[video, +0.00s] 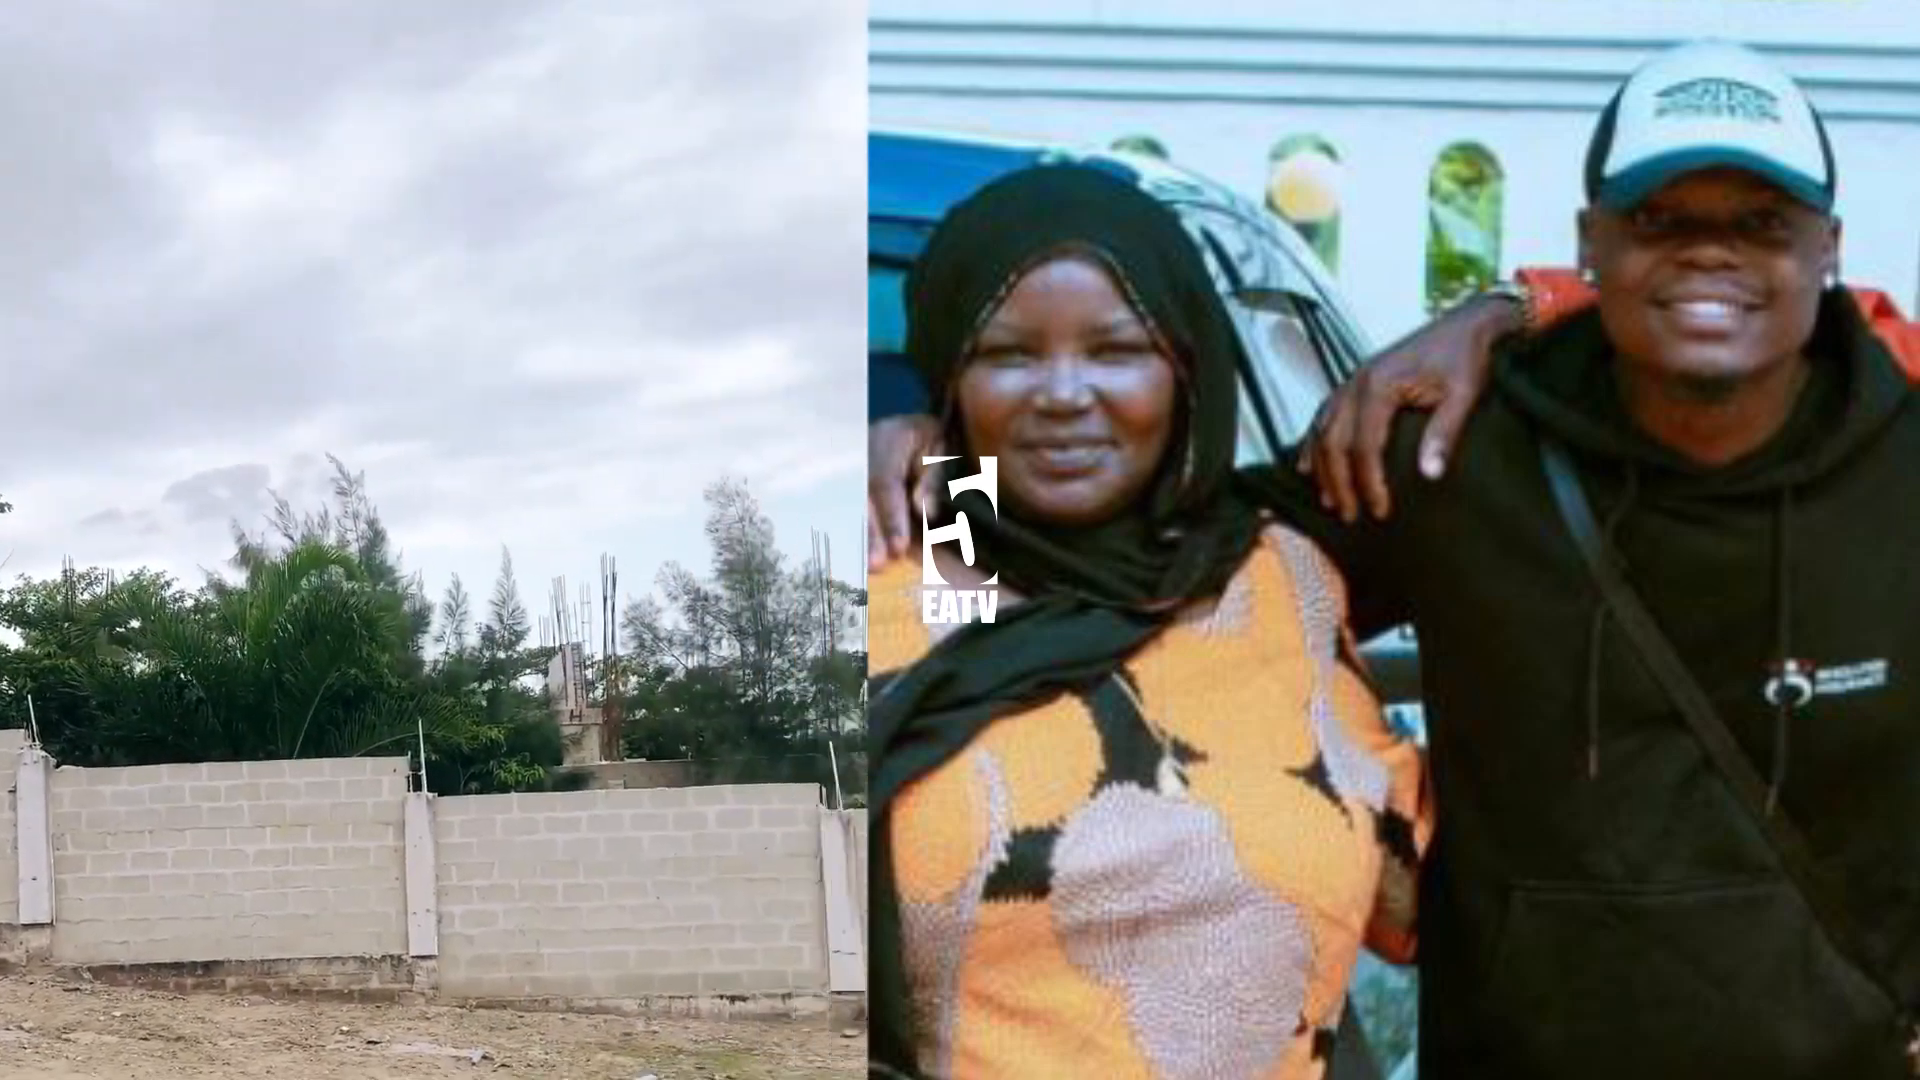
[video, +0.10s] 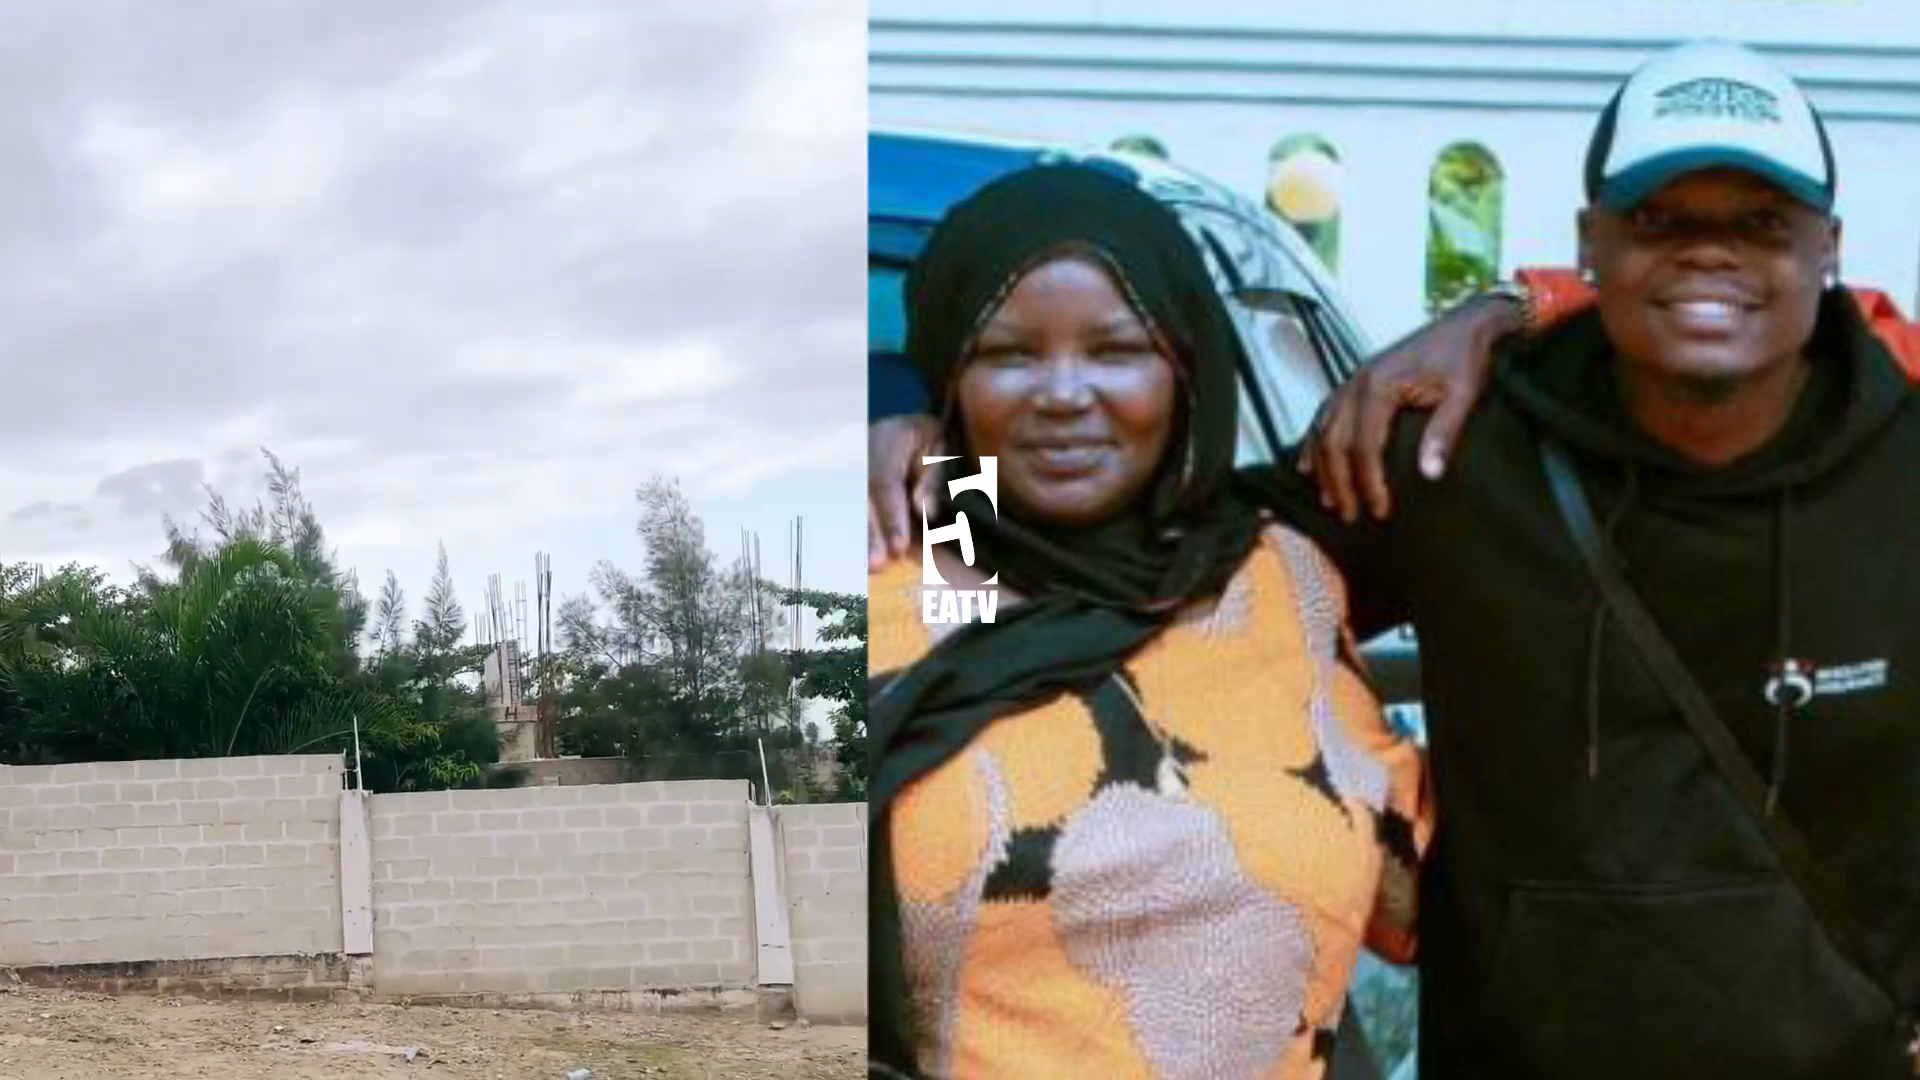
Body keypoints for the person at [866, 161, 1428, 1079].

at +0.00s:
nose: (1063, 397)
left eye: (1115, 351)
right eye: (1012, 354)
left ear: (1188, 374)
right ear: (950, 387)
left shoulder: (1285, 586)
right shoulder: (873, 614)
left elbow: (1425, 890)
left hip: (1282, 1059)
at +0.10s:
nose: (1063, 397)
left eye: (1115, 351)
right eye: (1011, 354)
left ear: (1187, 374)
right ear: (950, 387)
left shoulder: (1286, 585)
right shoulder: (883, 611)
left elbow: (1425, 889)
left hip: (1282, 1058)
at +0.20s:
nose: (1062, 397)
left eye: (1115, 351)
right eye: (1011, 354)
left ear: (1187, 374)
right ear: (951, 388)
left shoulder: (1286, 585)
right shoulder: (887, 612)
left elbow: (1428, 890)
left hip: (1283, 1058)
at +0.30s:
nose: (1063, 397)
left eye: (1115, 351)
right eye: (1012, 354)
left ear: (1187, 374)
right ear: (950, 387)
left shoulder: (1286, 585)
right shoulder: (884, 611)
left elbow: (1425, 890)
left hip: (1282, 1058)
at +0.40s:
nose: (1062, 397)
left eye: (1115, 350)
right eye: (1011, 354)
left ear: (1188, 374)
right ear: (950, 387)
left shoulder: (1285, 585)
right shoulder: (883, 615)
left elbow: (1424, 890)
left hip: (1282, 1059)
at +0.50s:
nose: (1062, 397)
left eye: (1115, 351)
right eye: (1011, 354)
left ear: (1188, 374)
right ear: (950, 386)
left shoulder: (1286, 584)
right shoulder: (868, 611)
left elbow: (1425, 889)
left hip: (1283, 1058)